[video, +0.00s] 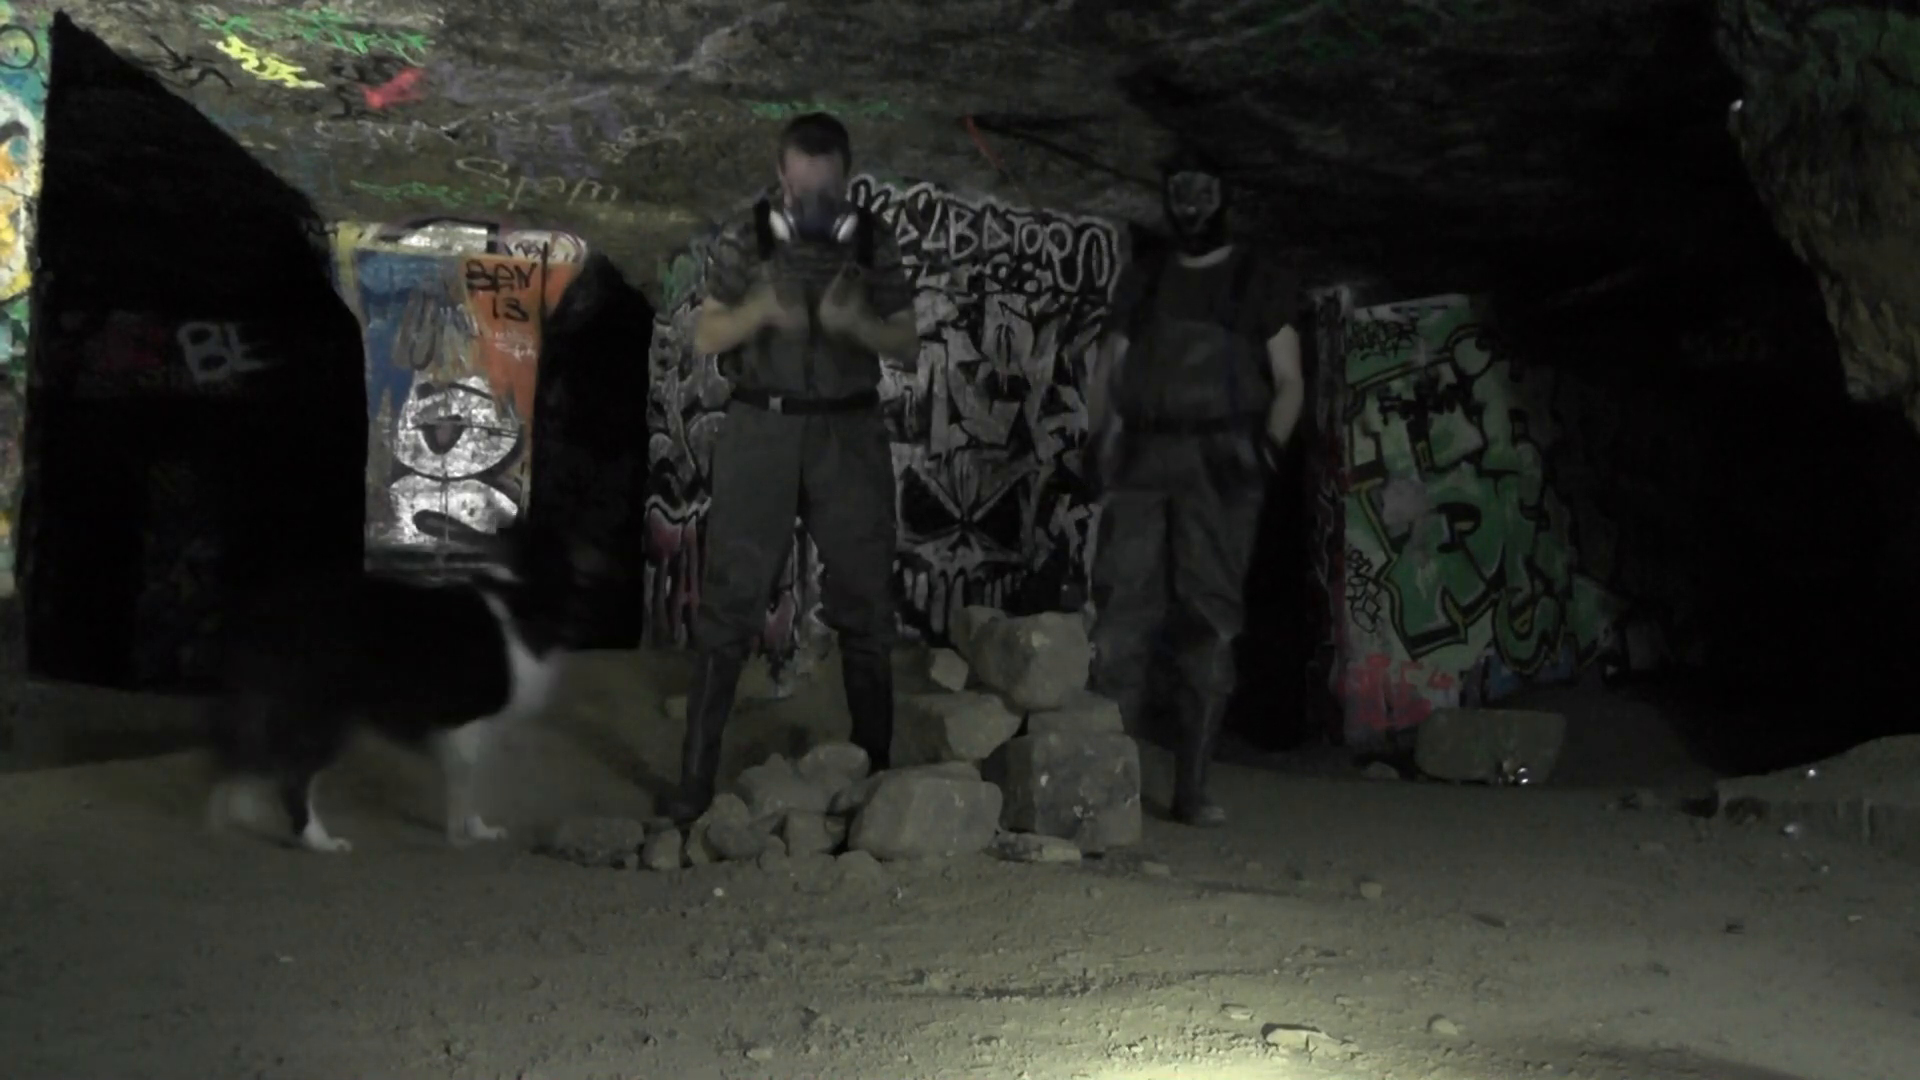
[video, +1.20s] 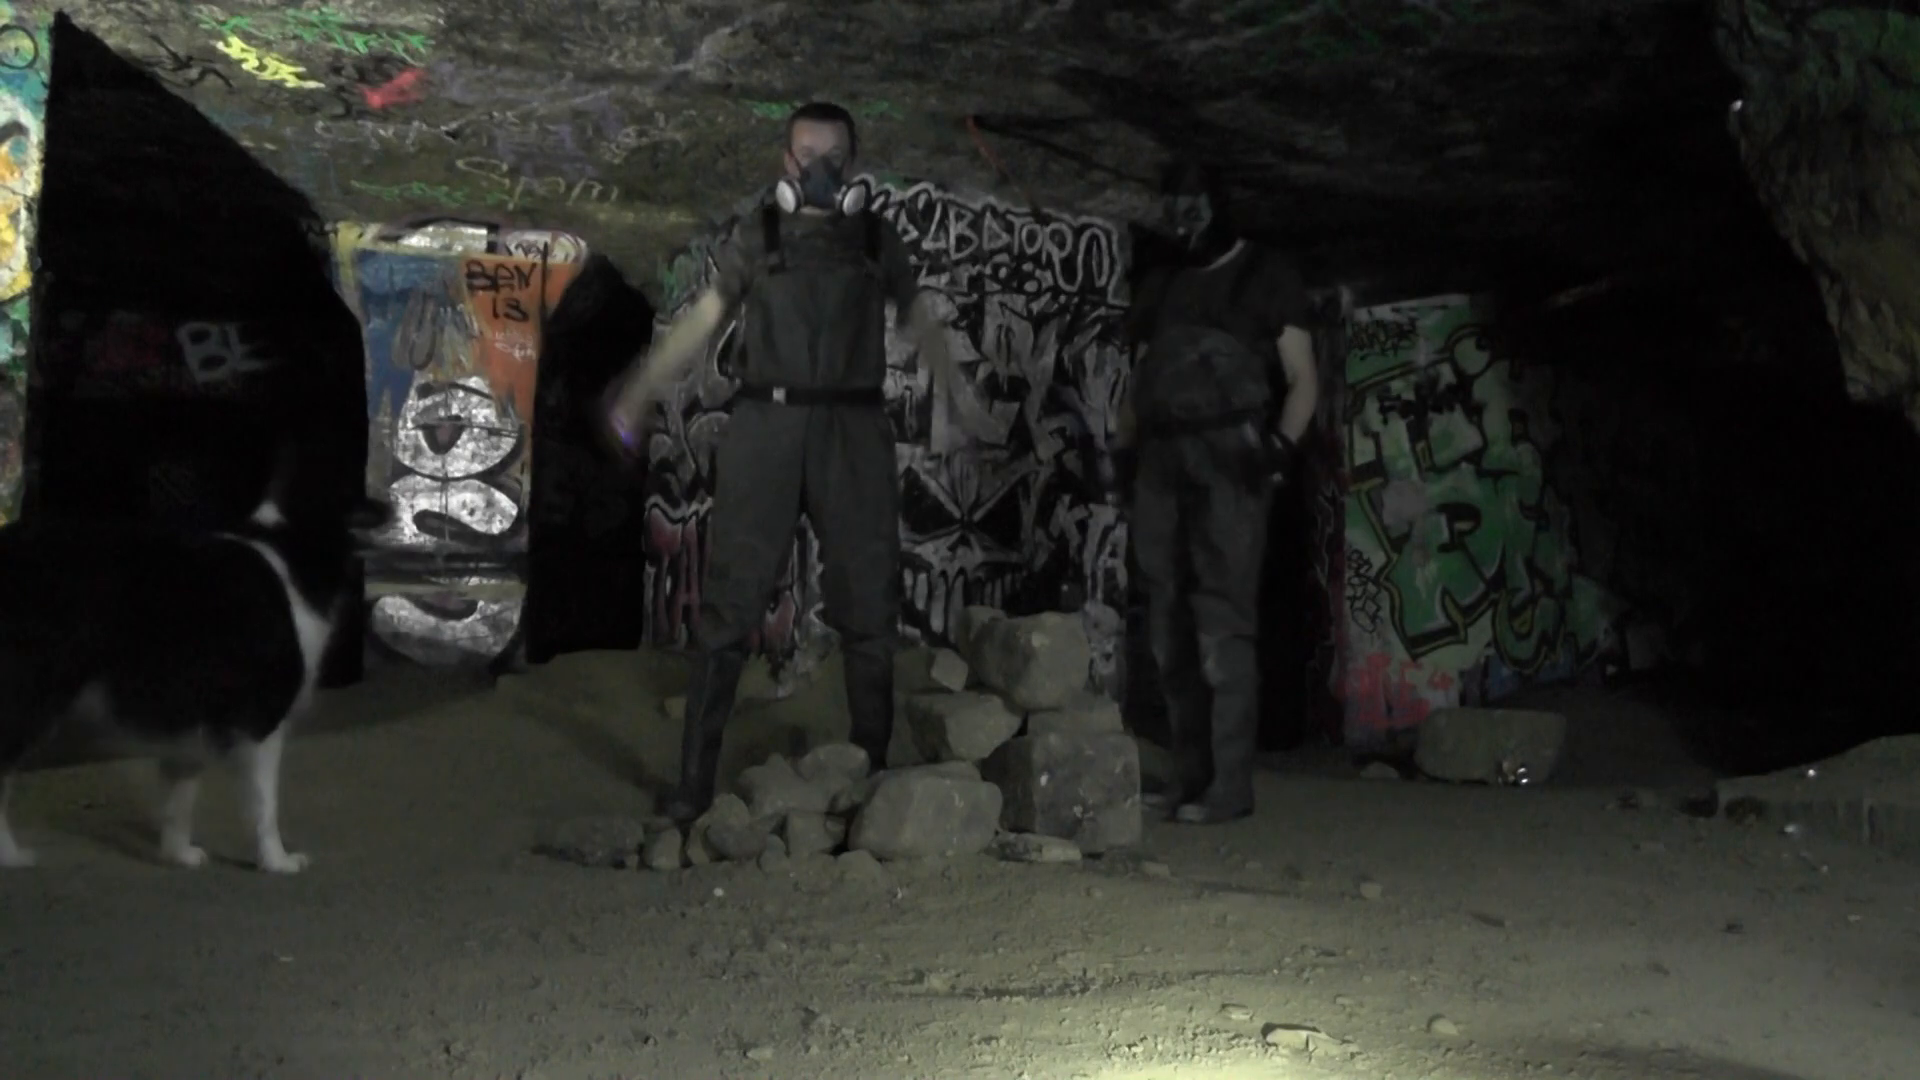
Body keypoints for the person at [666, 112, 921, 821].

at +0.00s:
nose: (812, 202)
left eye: (826, 188)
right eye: (800, 188)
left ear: (847, 177)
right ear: (780, 174)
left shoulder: (871, 239)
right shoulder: (743, 238)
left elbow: (906, 345)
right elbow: (705, 335)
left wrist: (855, 319)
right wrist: (762, 309)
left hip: (849, 444)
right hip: (759, 442)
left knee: (864, 612)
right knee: (731, 608)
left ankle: (875, 778)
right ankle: (695, 783)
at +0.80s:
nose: (815, 183)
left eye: (829, 170)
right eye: (804, 167)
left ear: (851, 168)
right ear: (784, 160)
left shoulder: (875, 239)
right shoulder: (744, 235)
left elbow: (916, 350)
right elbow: (699, 341)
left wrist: (881, 275)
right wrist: (744, 290)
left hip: (854, 441)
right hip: (763, 439)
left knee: (868, 613)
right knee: (732, 608)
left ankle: (874, 780)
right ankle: (695, 788)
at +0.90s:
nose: (815, 180)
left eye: (828, 169)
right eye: (804, 166)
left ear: (849, 167)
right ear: (785, 160)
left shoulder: (876, 240)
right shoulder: (750, 236)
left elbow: (918, 341)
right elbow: (709, 335)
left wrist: (930, 429)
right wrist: (694, 431)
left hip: (854, 442)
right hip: (762, 440)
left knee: (869, 613)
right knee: (731, 607)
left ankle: (873, 777)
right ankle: (694, 785)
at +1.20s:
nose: (820, 173)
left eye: (834, 161)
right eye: (808, 158)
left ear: (854, 164)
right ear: (785, 156)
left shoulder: (877, 236)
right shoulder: (754, 229)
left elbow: (925, 326)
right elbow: (701, 321)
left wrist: (959, 404)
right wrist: (639, 393)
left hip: (855, 441)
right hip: (764, 439)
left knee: (867, 612)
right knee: (733, 608)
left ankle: (873, 776)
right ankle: (694, 785)